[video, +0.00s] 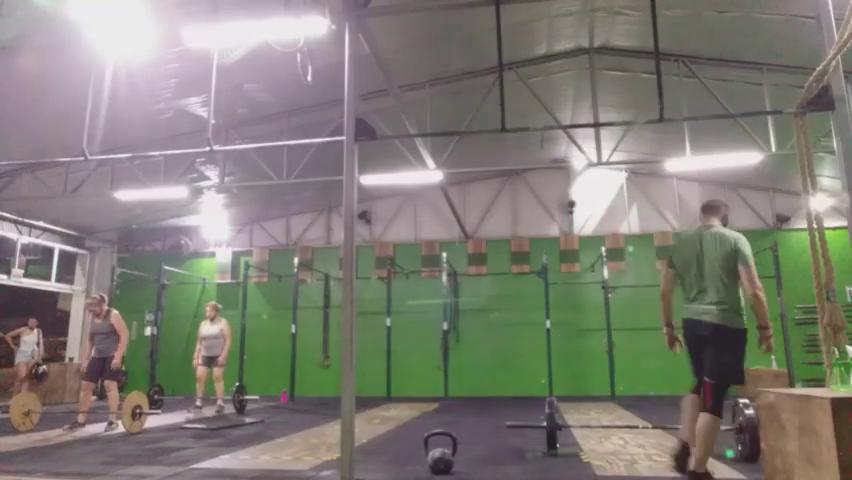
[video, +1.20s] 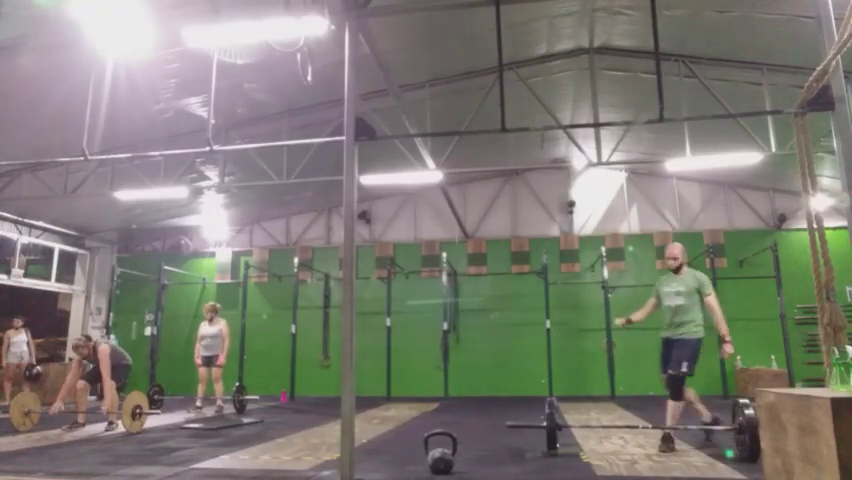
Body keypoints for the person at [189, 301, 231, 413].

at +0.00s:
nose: (208, 313)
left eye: (210, 311)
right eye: (206, 311)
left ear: (216, 312)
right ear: (205, 312)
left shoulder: (223, 323)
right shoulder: (203, 324)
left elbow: (227, 340)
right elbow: (199, 342)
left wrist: (223, 356)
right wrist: (196, 357)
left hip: (217, 354)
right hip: (204, 354)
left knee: (217, 377)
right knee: (200, 376)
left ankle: (220, 401)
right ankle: (199, 400)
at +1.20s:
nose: (206, 315)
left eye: (208, 313)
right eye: (205, 313)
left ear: (214, 313)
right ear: (204, 313)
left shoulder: (222, 323)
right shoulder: (203, 324)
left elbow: (226, 339)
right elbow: (198, 341)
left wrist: (223, 356)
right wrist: (196, 356)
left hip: (216, 354)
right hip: (203, 354)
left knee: (216, 378)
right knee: (202, 379)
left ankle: (219, 402)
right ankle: (199, 401)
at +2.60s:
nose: (197, 332)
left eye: (199, 330)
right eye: (196, 330)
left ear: (205, 331)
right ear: (195, 331)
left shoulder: (214, 340)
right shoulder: (196, 342)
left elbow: (219, 355)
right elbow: (190, 358)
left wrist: (221, 374)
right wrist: (186, 375)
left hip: (218, 360)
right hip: (205, 361)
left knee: (219, 381)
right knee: (196, 378)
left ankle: (219, 403)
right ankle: (198, 404)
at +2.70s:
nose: (203, 315)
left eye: (206, 312)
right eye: (202, 312)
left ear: (212, 314)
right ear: (201, 314)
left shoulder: (217, 326)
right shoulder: (200, 326)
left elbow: (225, 342)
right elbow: (192, 342)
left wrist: (223, 358)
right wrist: (188, 358)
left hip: (217, 355)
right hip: (204, 355)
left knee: (217, 377)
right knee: (200, 374)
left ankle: (219, 402)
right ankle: (198, 402)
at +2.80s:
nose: (206, 312)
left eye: (209, 310)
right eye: (205, 310)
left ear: (214, 311)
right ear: (204, 311)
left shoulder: (220, 324)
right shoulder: (202, 325)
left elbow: (228, 339)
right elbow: (194, 340)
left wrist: (225, 353)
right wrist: (191, 353)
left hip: (217, 354)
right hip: (203, 355)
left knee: (216, 379)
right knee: (202, 378)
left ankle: (219, 402)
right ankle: (199, 402)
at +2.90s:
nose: (203, 318)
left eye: (206, 316)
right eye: (202, 316)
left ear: (212, 317)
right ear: (201, 318)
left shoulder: (218, 329)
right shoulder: (200, 330)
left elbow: (225, 344)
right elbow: (193, 345)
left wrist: (224, 360)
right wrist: (189, 361)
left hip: (218, 356)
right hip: (205, 356)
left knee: (219, 376)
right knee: (200, 375)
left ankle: (220, 402)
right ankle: (198, 403)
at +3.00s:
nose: (201, 331)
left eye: (203, 328)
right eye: (200, 328)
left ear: (209, 329)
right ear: (198, 329)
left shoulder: (217, 338)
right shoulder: (198, 340)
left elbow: (222, 355)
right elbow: (193, 357)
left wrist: (222, 373)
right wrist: (188, 373)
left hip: (219, 359)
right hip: (206, 360)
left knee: (219, 379)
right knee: (198, 377)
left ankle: (219, 403)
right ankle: (198, 404)